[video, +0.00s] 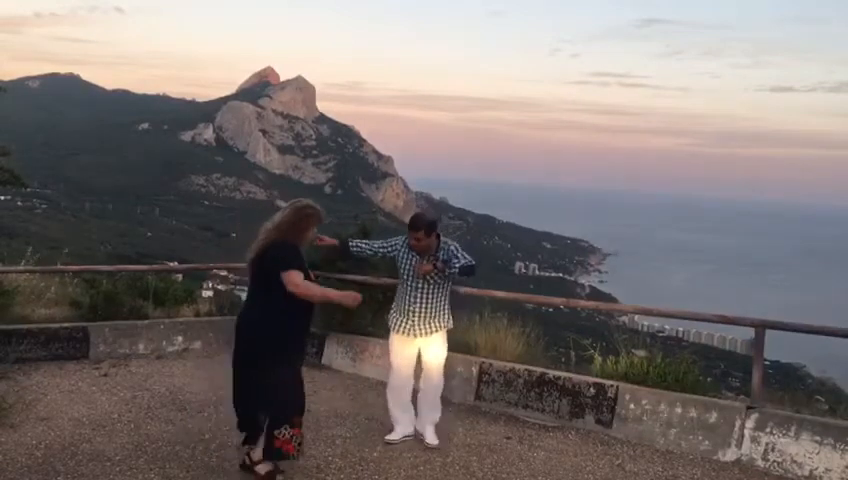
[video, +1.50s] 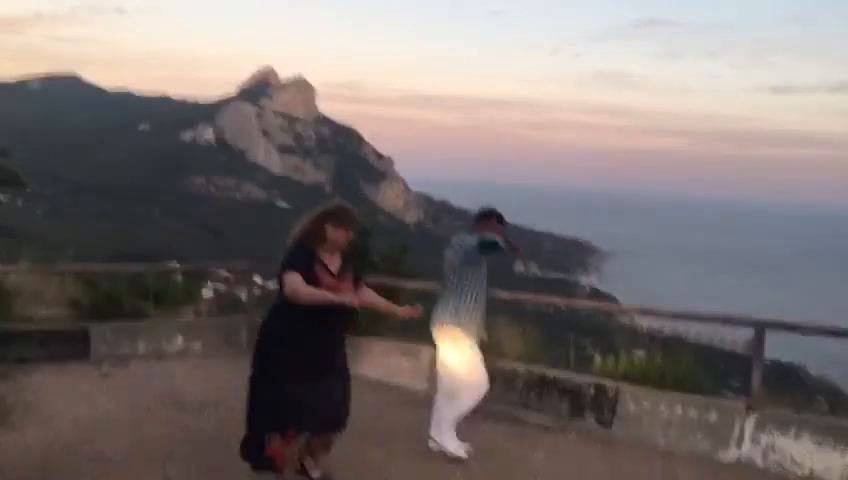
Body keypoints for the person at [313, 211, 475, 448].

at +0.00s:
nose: (413, 243)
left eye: (418, 240)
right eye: (411, 238)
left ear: (433, 236)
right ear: (408, 233)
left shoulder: (449, 249)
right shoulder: (402, 244)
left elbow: (470, 268)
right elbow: (372, 247)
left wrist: (439, 267)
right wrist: (338, 243)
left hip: (435, 327)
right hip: (403, 324)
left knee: (433, 379)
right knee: (400, 377)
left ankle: (427, 425)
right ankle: (403, 425)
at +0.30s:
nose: (420, 246)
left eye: (425, 243)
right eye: (418, 241)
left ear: (440, 239)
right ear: (416, 235)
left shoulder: (457, 250)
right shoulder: (409, 245)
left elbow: (480, 270)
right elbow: (377, 247)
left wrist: (448, 271)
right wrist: (341, 243)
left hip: (438, 328)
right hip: (406, 324)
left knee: (431, 381)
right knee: (396, 376)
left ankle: (423, 429)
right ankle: (396, 426)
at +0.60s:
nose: (441, 255)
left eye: (446, 252)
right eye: (438, 250)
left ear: (455, 247)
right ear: (432, 241)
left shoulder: (464, 255)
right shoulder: (417, 247)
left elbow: (489, 278)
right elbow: (384, 249)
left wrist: (459, 279)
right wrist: (348, 246)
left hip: (442, 329)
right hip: (411, 326)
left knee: (435, 383)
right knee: (410, 381)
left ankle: (426, 432)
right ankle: (408, 437)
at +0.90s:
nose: (459, 256)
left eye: (464, 253)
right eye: (456, 251)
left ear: (470, 251)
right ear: (447, 241)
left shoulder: (469, 260)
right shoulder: (429, 248)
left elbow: (488, 279)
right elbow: (401, 253)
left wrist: (475, 292)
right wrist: (377, 255)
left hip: (440, 330)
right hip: (411, 328)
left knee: (447, 378)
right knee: (413, 382)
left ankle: (425, 427)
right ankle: (409, 437)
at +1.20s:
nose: (484, 253)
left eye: (487, 250)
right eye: (483, 247)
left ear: (484, 247)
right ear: (474, 238)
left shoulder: (473, 263)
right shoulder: (449, 245)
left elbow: (472, 293)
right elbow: (432, 251)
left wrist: (470, 310)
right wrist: (462, 251)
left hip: (451, 332)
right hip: (427, 327)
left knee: (452, 383)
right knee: (433, 380)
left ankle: (442, 437)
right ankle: (413, 433)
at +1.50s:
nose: (497, 236)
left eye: (499, 232)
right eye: (496, 230)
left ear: (481, 226)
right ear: (484, 224)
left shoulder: (472, 248)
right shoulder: (461, 242)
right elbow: (487, 246)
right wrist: (503, 243)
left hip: (459, 327)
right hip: (453, 326)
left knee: (449, 385)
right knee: (477, 383)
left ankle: (439, 435)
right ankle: (443, 429)